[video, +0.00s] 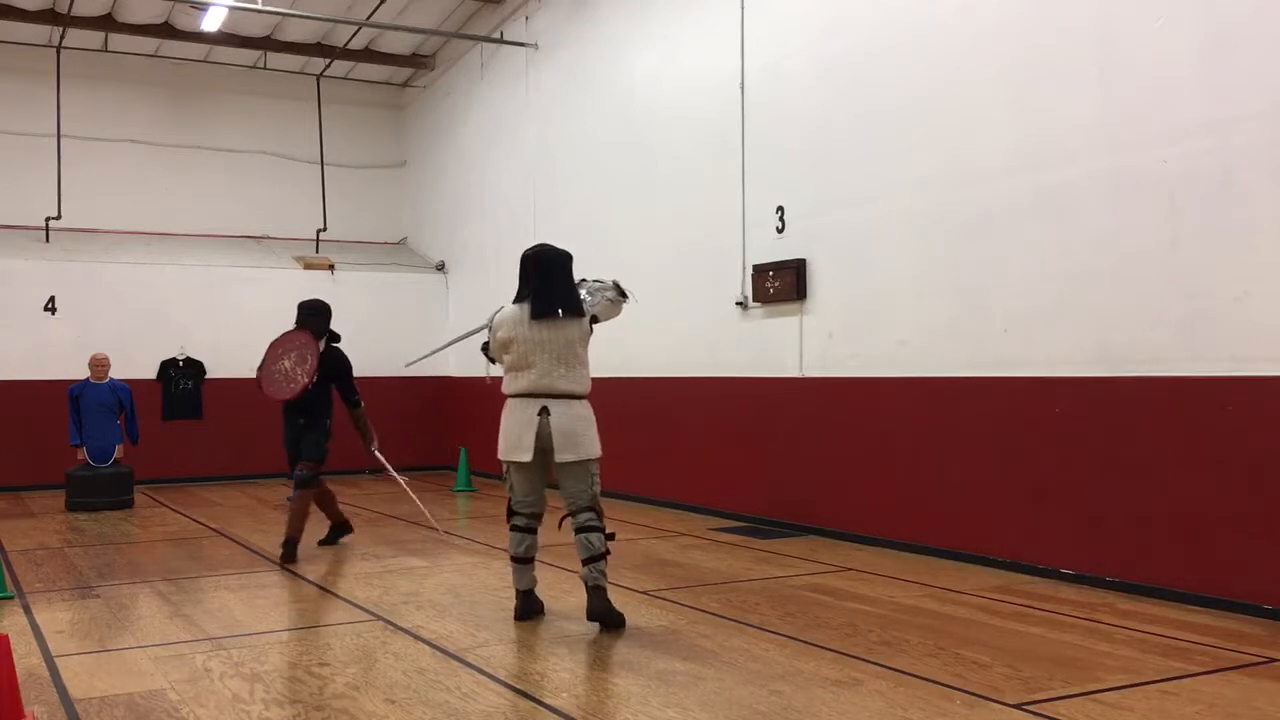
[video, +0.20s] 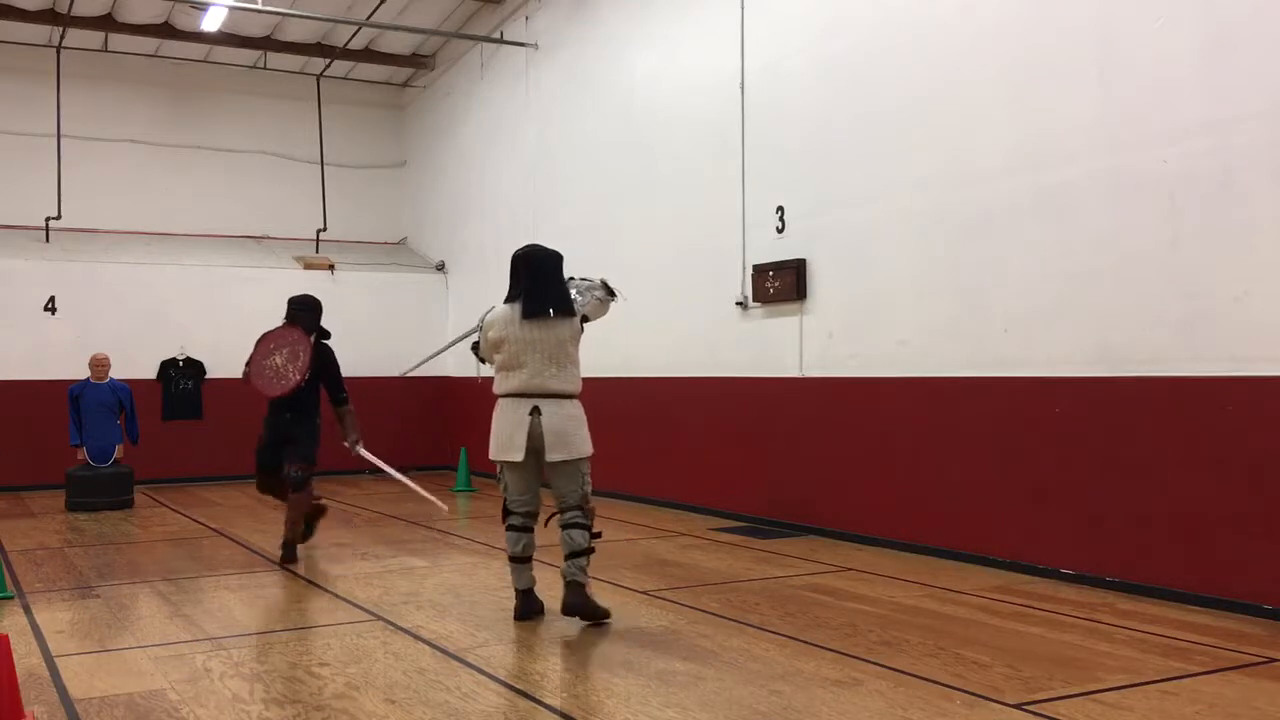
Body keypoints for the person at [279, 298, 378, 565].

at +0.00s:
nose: (304, 330)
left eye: (310, 325)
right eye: (301, 324)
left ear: (323, 327)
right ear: (296, 324)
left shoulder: (335, 358)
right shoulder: (292, 351)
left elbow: (353, 401)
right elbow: (267, 381)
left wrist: (368, 436)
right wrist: (269, 368)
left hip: (318, 423)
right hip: (292, 421)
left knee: (303, 478)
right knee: (307, 479)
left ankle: (290, 543)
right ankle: (339, 522)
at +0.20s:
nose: (293, 328)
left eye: (300, 324)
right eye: (290, 322)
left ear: (312, 326)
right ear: (285, 320)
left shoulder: (321, 353)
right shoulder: (277, 346)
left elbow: (339, 397)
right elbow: (250, 376)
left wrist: (352, 433)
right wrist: (263, 354)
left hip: (305, 421)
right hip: (276, 419)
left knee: (297, 477)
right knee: (267, 480)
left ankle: (289, 542)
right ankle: (310, 508)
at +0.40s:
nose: (286, 323)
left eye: (292, 319)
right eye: (283, 317)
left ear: (305, 319)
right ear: (278, 315)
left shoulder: (313, 346)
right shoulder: (267, 340)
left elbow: (329, 382)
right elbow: (240, 369)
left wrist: (326, 398)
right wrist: (246, 366)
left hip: (297, 419)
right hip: (266, 416)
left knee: (295, 479)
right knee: (241, 476)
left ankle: (289, 544)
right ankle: (256, 536)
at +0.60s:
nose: (276, 319)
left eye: (283, 313)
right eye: (272, 312)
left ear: (294, 315)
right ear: (264, 312)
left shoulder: (299, 339)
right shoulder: (251, 337)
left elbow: (319, 369)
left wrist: (294, 360)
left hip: (286, 420)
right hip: (253, 418)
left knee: (288, 481)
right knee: (230, 478)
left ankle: (288, 546)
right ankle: (224, 548)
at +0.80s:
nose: (260, 317)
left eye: (266, 312)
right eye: (258, 311)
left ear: (279, 314)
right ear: (253, 313)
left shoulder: (285, 338)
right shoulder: (242, 337)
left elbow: (304, 365)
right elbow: (215, 365)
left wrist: (281, 341)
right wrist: (209, 368)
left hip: (270, 419)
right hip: (237, 419)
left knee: (290, 475)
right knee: (216, 480)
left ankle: (290, 543)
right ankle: (222, 550)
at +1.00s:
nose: (251, 320)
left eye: (258, 316)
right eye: (250, 315)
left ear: (274, 319)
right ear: (249, 316)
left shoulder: (283, 342)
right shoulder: (238, 340)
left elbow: (301, 364)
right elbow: (212, 370)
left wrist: (280, 338)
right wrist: (205, 372)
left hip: (267, 423)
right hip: (233, 422)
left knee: (281, 481)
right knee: (202, 480)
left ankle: (284, 553)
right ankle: (215, 544)